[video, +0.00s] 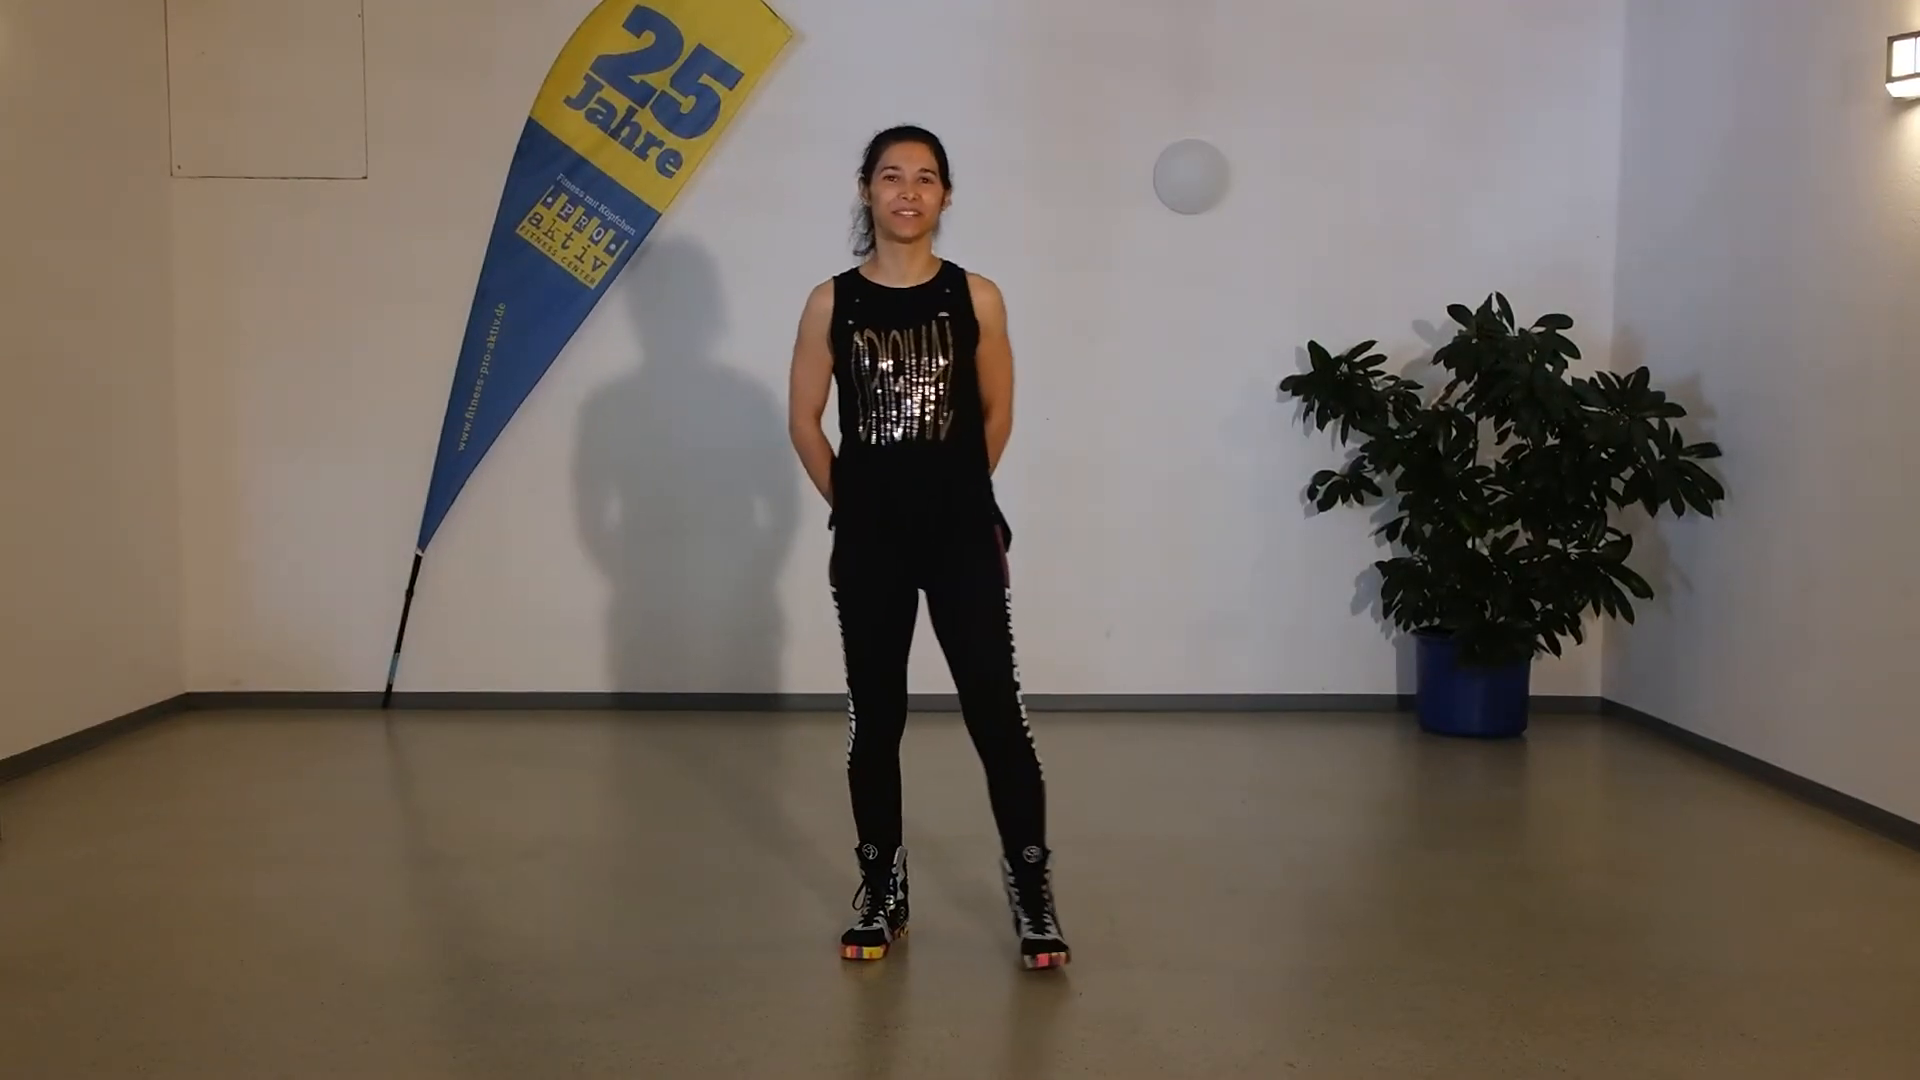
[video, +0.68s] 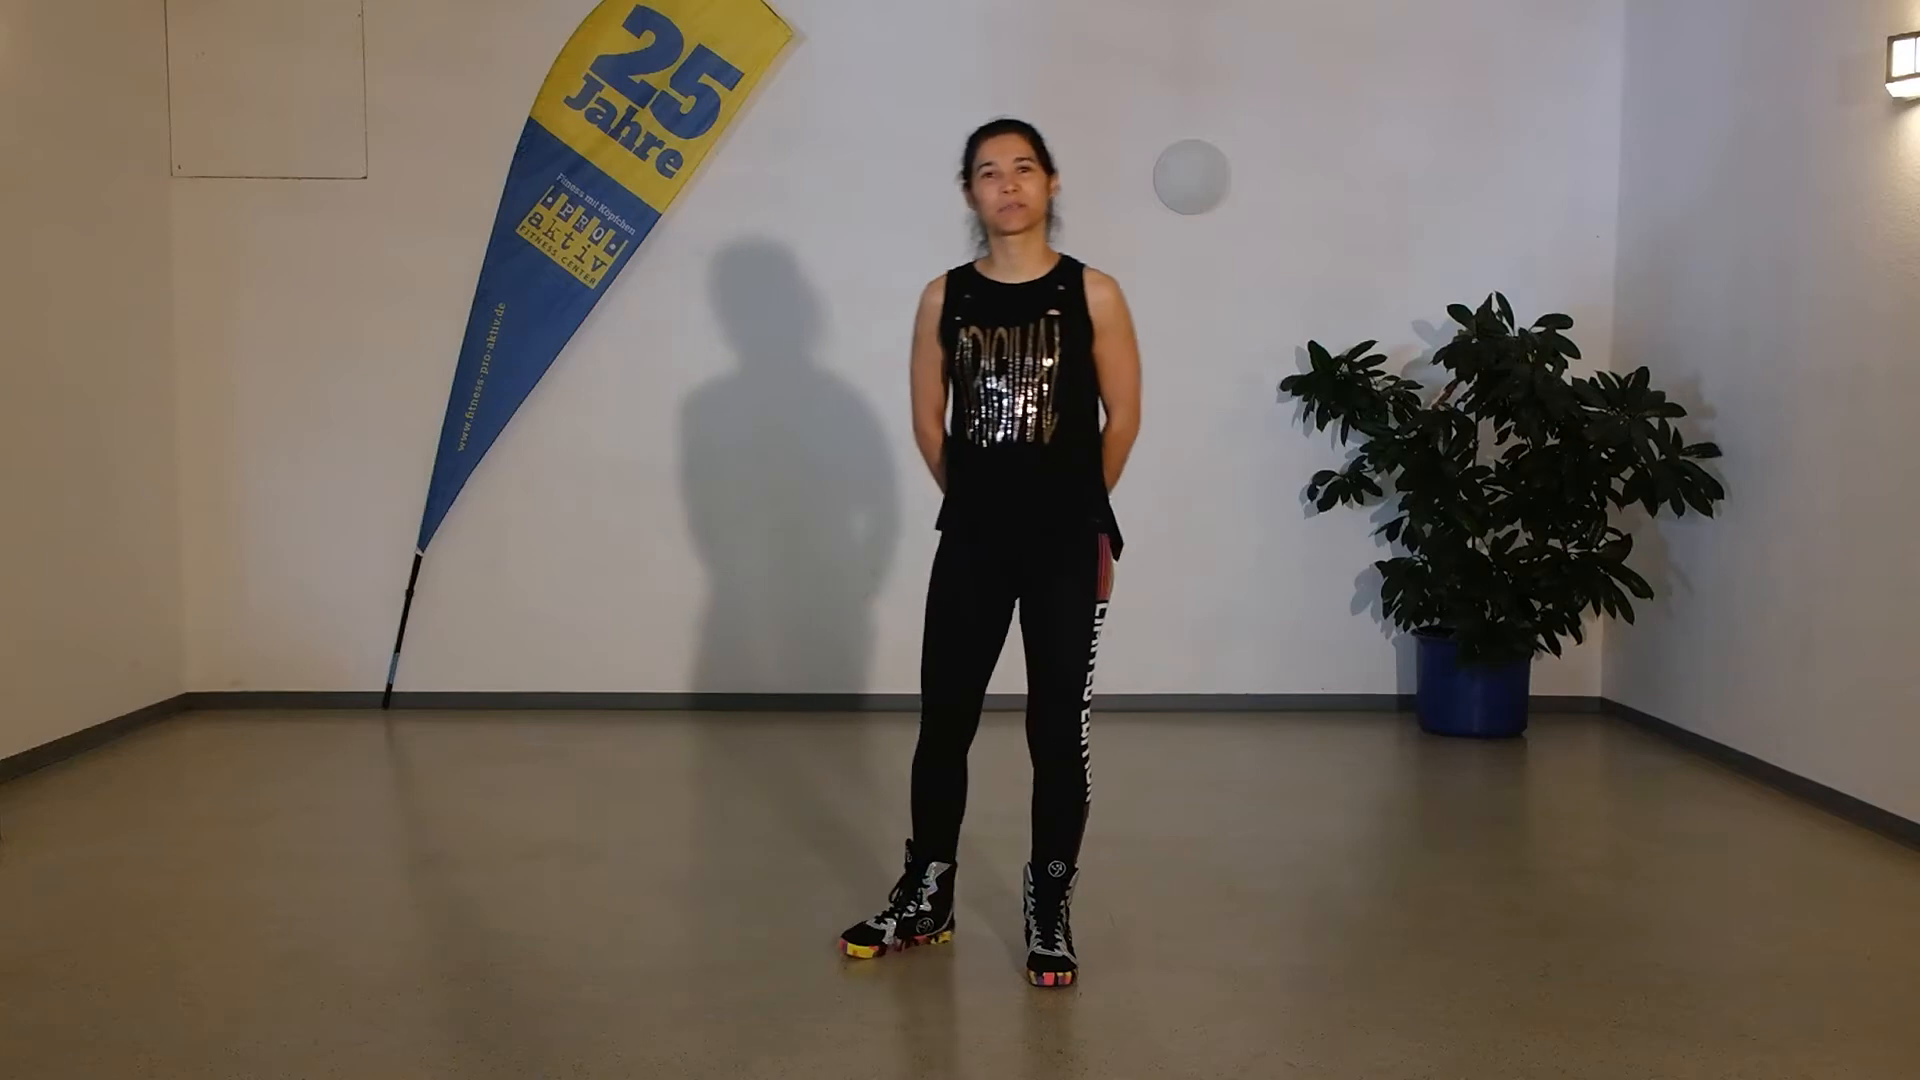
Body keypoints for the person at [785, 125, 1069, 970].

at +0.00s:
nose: (908, 191)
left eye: (924, 179)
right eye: (893, 177)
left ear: (945, 198)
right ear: (866, 193)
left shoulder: (976, 296)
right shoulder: (831, 303)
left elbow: (997, 416)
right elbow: (805, 424)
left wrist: (958, 490)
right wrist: (852, 504)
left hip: (960, 524)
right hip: (869, 527)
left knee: (995, 712)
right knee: (875, 717)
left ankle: (1033, 897)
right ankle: (882, 894)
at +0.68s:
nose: (1005, 182)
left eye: (1022, 169)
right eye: (988, 172)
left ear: (1051, 187)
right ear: (969, 195)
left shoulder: (1092, 293)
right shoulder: (944, 297)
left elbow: (1124, 416)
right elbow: (930, 425)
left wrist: (1084, 508)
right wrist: (972, 504)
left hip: (1067, 531)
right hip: (973, 528)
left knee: (1056, 727)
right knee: (945, 716)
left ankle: (1048, 912)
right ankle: (926, 895)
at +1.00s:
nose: (1033, 182)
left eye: (1049, 167)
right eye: (1016, 172)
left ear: (1080, 182)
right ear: (999, 195)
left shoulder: (1117, 299)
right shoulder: (966, 289)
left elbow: (1133, 423)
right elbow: (932, 412)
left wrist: (1084, 500)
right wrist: (967, 497)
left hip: (1072, 531)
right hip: (979, 526)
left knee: (1060, 726)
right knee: (944, 714)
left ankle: (1050, 909)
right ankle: (924, 883)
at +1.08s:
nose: (1034, 183)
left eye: (1049, 169)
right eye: (1017, 174)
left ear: (1080, 184)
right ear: (1000, 196)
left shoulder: (1116, 302)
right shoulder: (966, 290)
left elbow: (1128, 426)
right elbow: (929, 413)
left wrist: (1079, 502)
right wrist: (964, 502)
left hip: (1070, 532)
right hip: (977, 526)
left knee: (1060, 727)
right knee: (943, 715)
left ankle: (1050, 908)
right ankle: (919, 881)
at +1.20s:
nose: (1030, 186)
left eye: (1045, 172)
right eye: (1013, 176)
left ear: (1075, 187)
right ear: (996, 198)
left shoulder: (1107, 302)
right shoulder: (961, 291)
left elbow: (1120, 423)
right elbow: (921, 412)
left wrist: (1074, 501)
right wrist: (953, 501)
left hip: (1063, 533)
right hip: (971, 527)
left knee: (1056, 725)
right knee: (941, 717)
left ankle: (1049, 908)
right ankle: (916, 881)